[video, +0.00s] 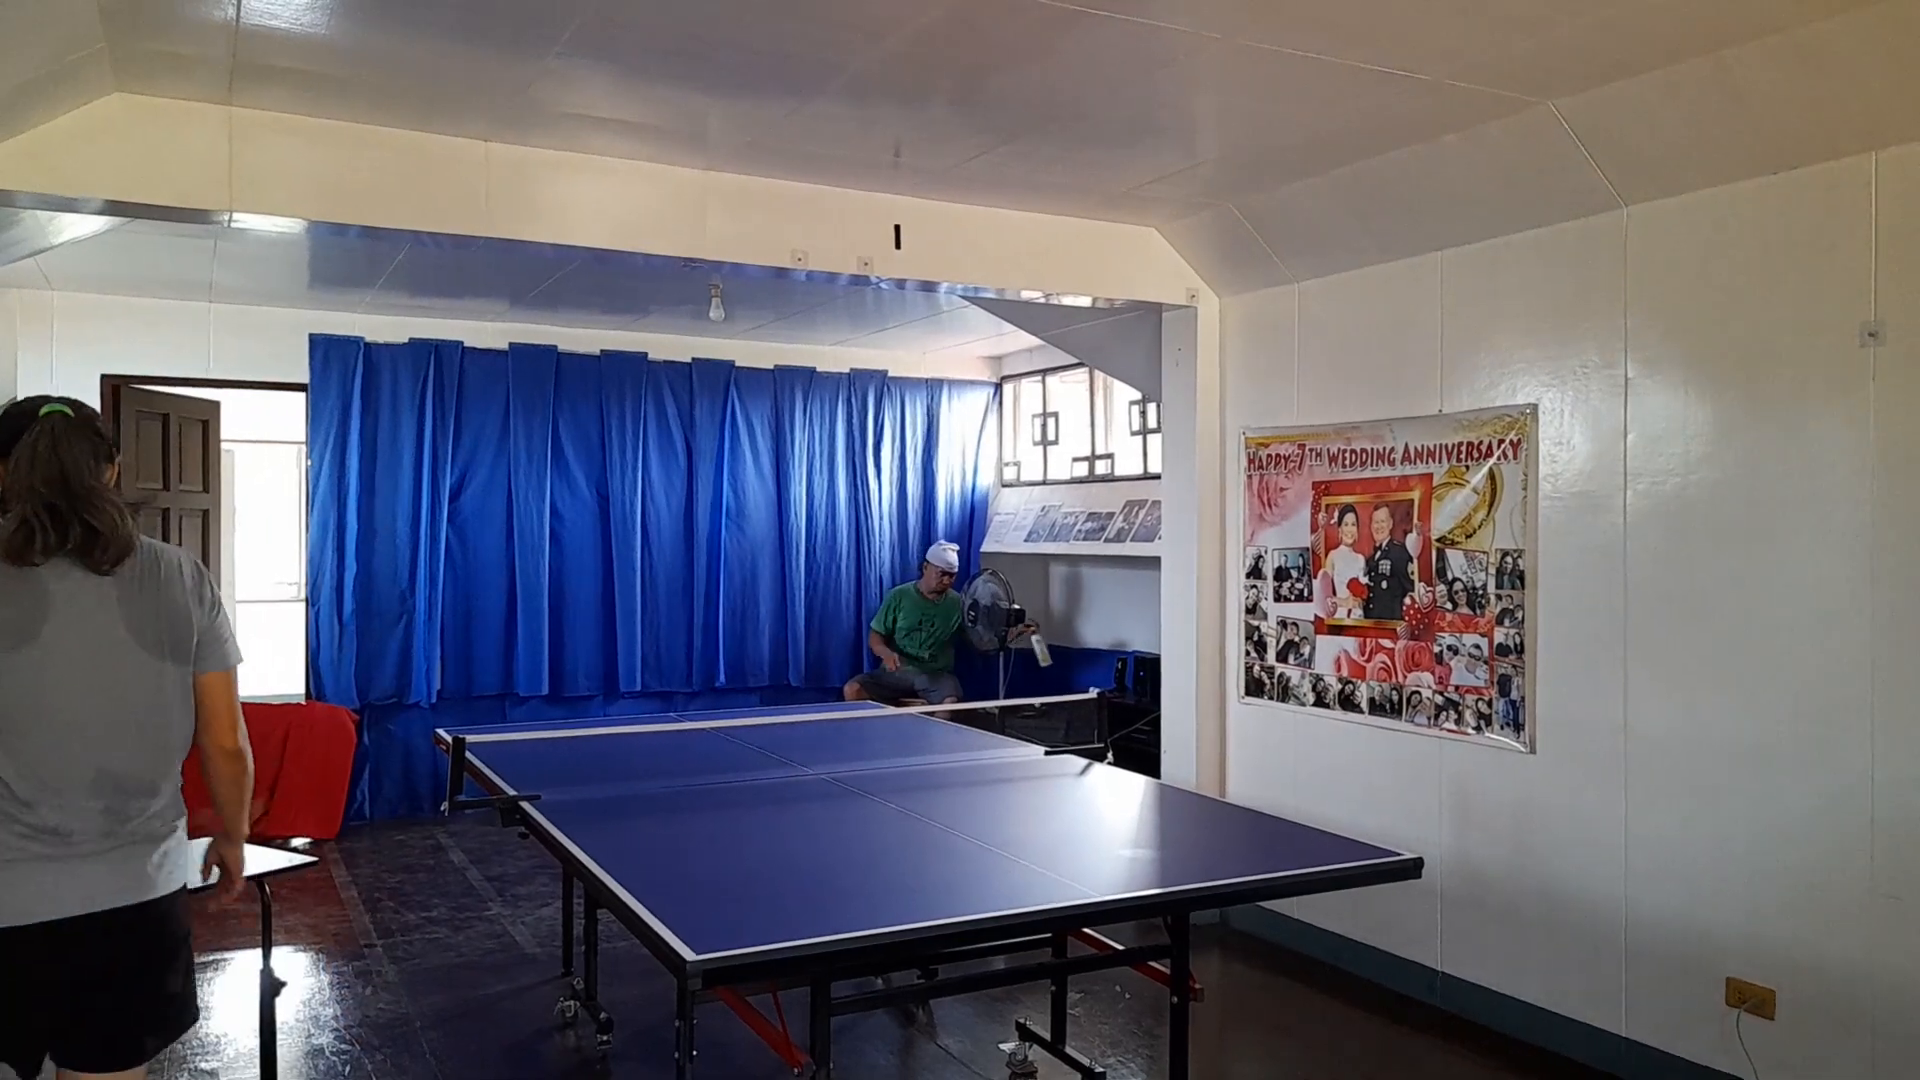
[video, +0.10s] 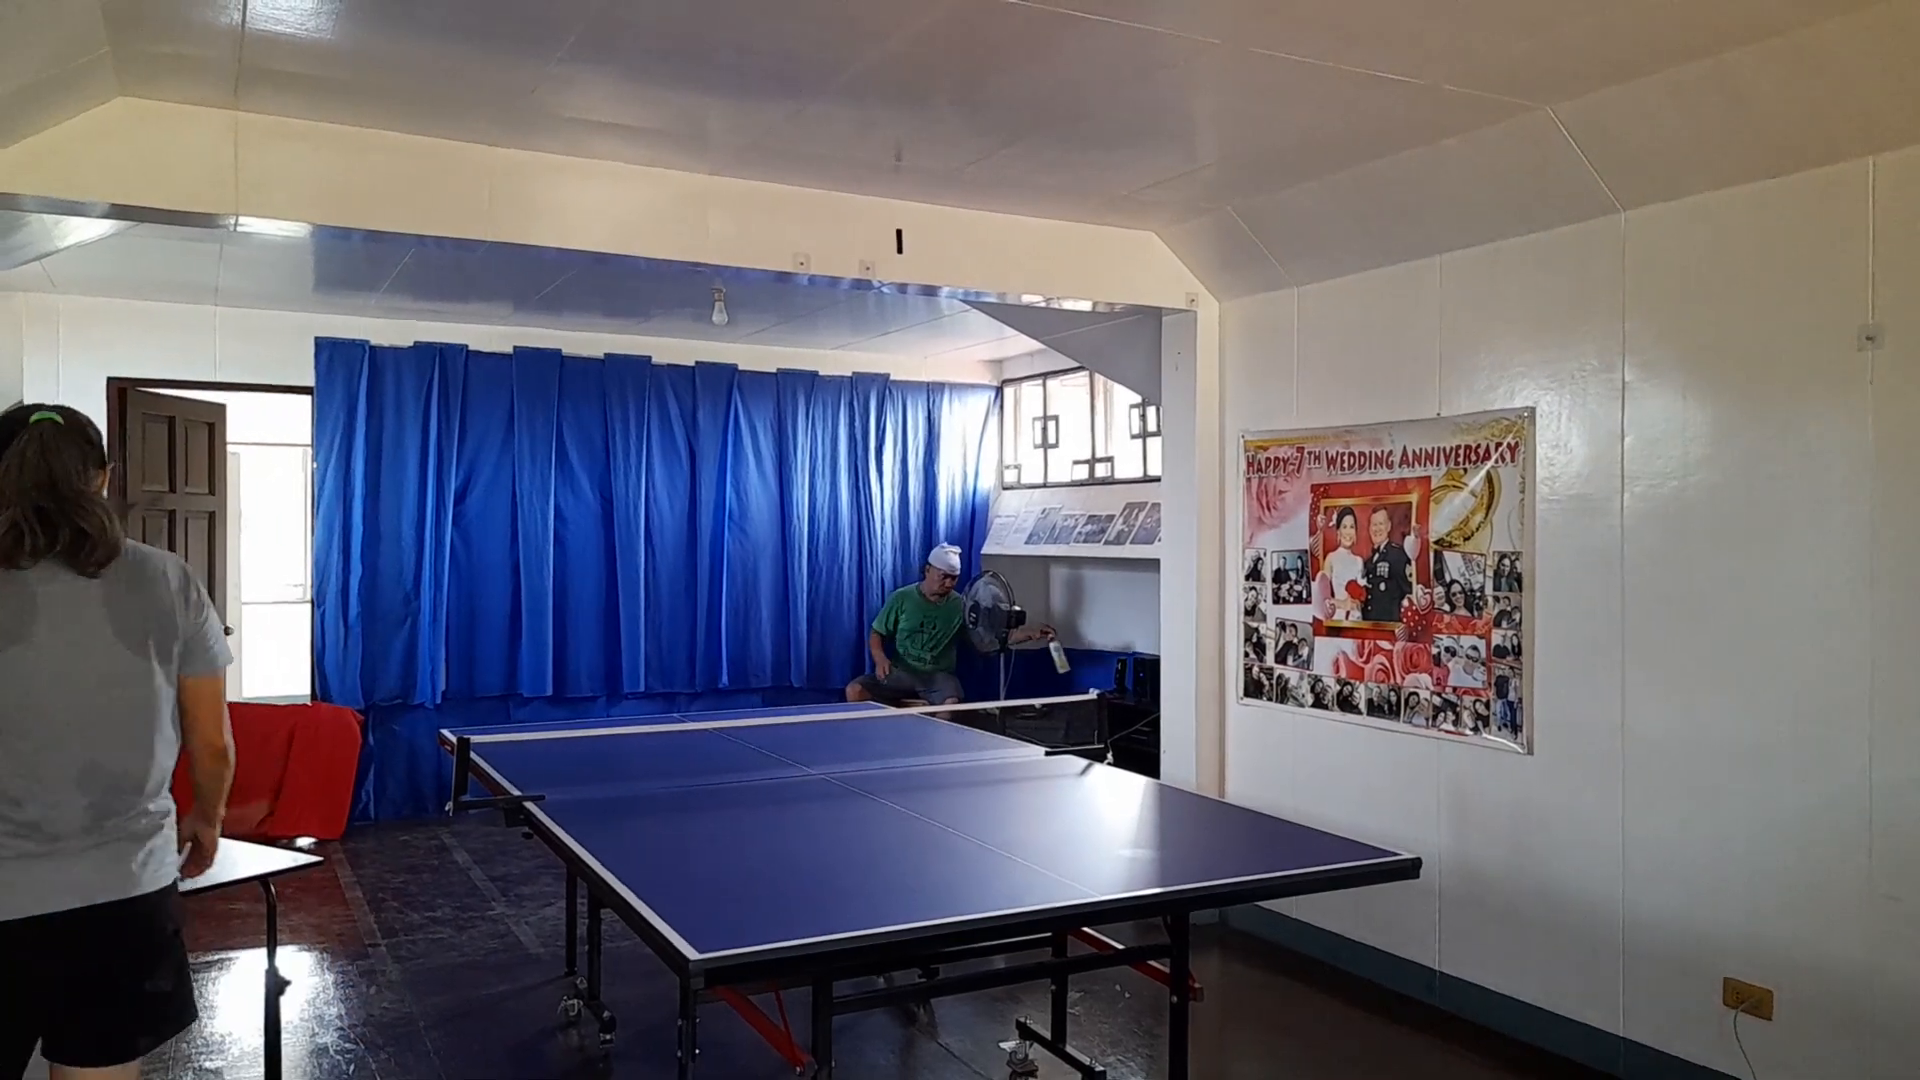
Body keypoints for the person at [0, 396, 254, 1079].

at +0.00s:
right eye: (114, 464)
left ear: (5, 477)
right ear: (109, 475)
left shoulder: (4, 577)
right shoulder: (177, 579)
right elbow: (224, 744)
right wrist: (233, 837)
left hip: (14, 911)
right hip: (139, 905)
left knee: (17, 1067)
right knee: (110, 1067)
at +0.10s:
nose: (110, 478)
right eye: (108, 469)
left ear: (4, 483)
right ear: (99, 480)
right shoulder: (164, 581)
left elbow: (212, 743)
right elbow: (212, 746)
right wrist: (207, 819)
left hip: (13, 901)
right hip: (124, 897)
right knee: (101, 1066)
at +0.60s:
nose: (11, 492)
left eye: (10, 480)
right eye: (10, 479)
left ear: (6, 480)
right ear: (5, 480)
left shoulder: (8, 574)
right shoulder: (4, 574)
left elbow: (30, 727)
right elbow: (26, 729)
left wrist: (71, 808)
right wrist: (73, 813)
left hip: (5, 854)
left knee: (10, 1009)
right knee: (5, 1015)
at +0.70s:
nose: (7, 512)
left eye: (9, 499)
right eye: (8, 499)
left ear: (6, 490)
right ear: (2, 489)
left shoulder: (3, 580)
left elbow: (17, 722)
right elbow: (12, 730)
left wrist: (69, 809)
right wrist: (69, 816)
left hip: (1, 860)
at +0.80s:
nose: (10, 515)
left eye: (14, 504)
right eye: (14, 501)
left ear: (4, 477)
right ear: (3, 478)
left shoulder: (2, 596)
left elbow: (11, 734)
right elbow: (10, 738)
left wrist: (64, 814)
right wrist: (66, 819)